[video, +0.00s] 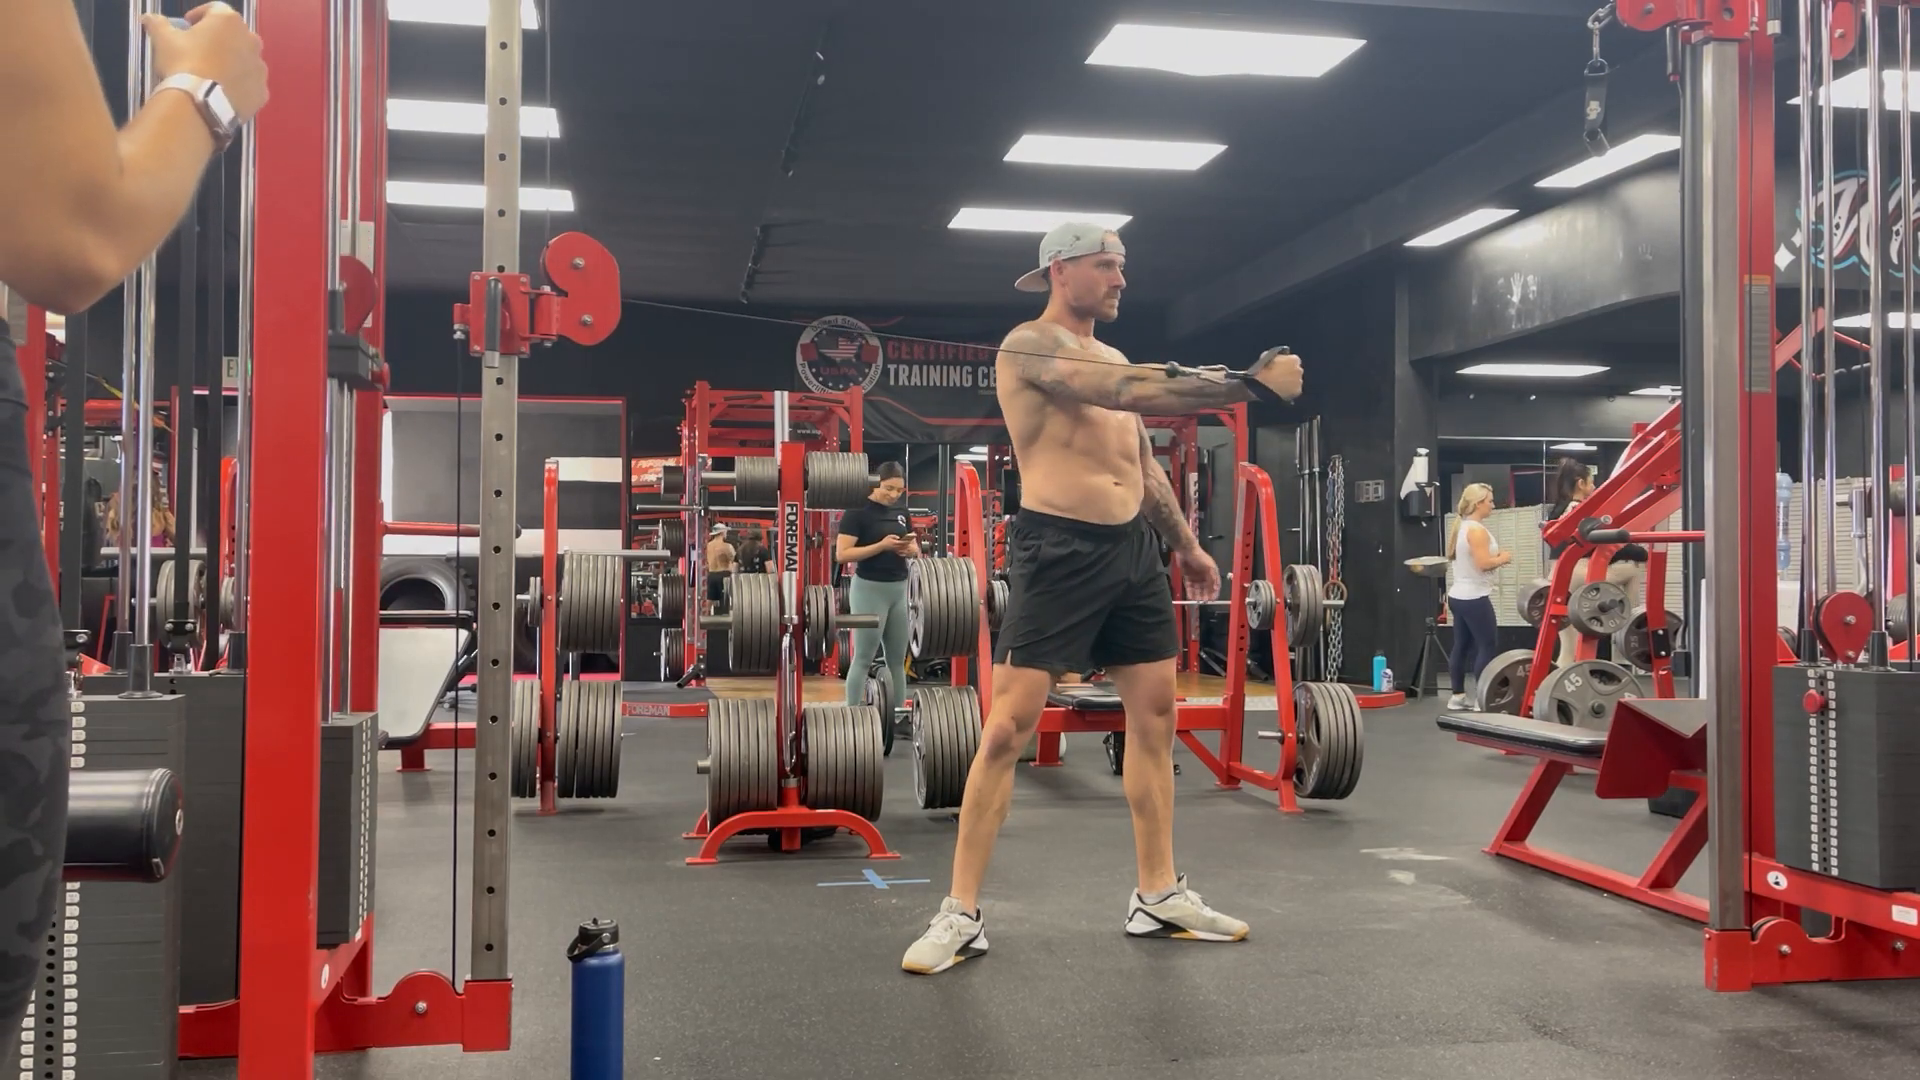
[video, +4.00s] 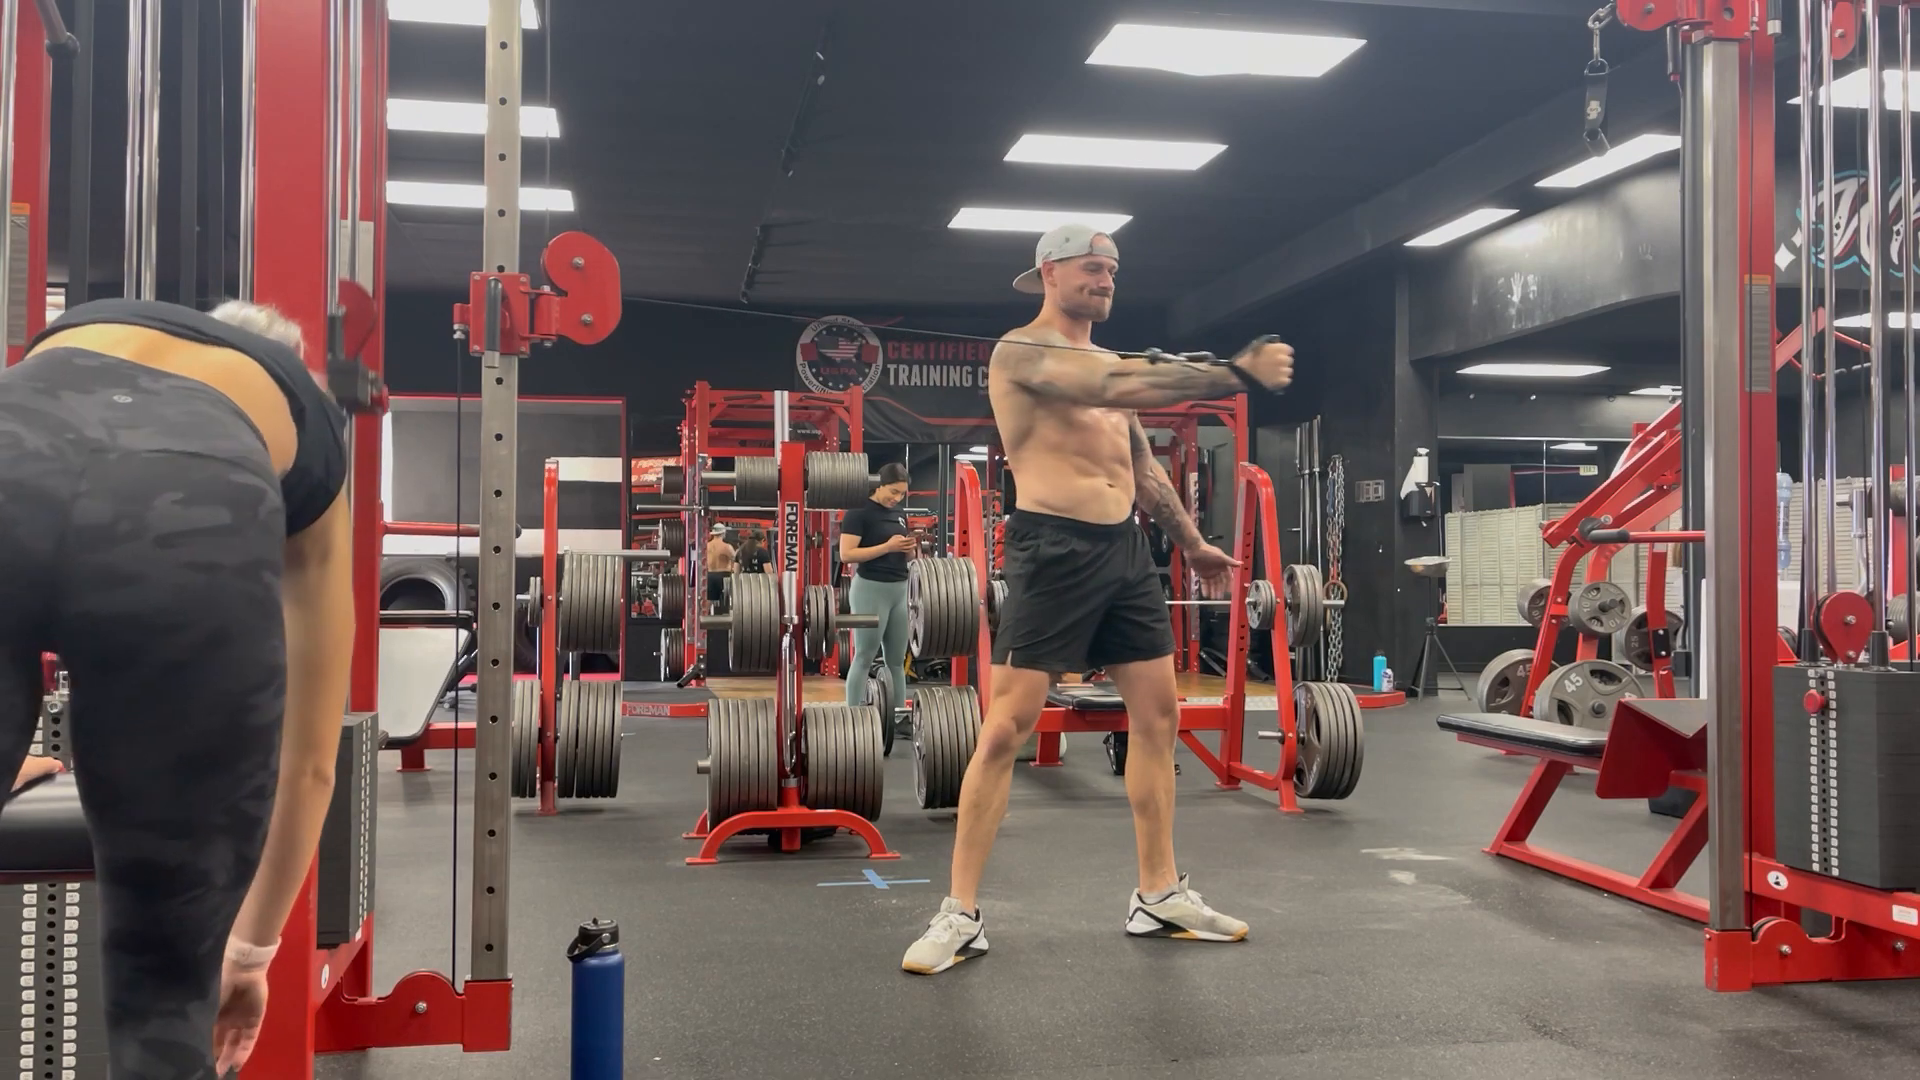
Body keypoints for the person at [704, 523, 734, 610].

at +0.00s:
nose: (726, 534)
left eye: (726, 532)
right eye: (725, 532)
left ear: (715, 533)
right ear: (722, 533)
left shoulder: (709, 545)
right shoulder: (727, 546)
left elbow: (708, 559)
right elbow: (733, 557)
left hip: (712, 572)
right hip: (724, 572)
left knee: (710, 600)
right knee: (725, 601)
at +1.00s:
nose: (710, 534)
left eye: (710, 532)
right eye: (710, 532)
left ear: (713, 533)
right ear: (723, 534)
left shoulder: (707, 547)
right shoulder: (732, 547)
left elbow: (705, 562)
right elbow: (740, 558)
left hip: (712, 573)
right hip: (728, 573)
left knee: (711, 601)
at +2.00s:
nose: (730, 536)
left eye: (730, 534)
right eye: (728, 534)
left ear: (721, 534)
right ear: (722, 534)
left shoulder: (711, 545)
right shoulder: (720, 547)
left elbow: (726, 552)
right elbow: (724, 565)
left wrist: (734, 555)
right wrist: (729, 576)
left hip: (711, 573)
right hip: (719, 573)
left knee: (710, 599)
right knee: (722, 600)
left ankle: (707, 617)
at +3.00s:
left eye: (712, 534)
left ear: (713, 534)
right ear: (724, 534)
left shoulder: (707, 546)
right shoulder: (732, 547)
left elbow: (704, 561)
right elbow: (737, 561)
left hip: (711, 572)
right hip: (726, 572)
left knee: (708, 601)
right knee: (726, 602)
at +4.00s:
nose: (725, 534)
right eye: (724, 533)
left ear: (713, 533)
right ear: (723, 534)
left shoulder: (708, 545)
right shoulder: (726, 547)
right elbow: (735, 557)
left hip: (710, 572)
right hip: (724, 572)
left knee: (709, 600)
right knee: (724, 600)